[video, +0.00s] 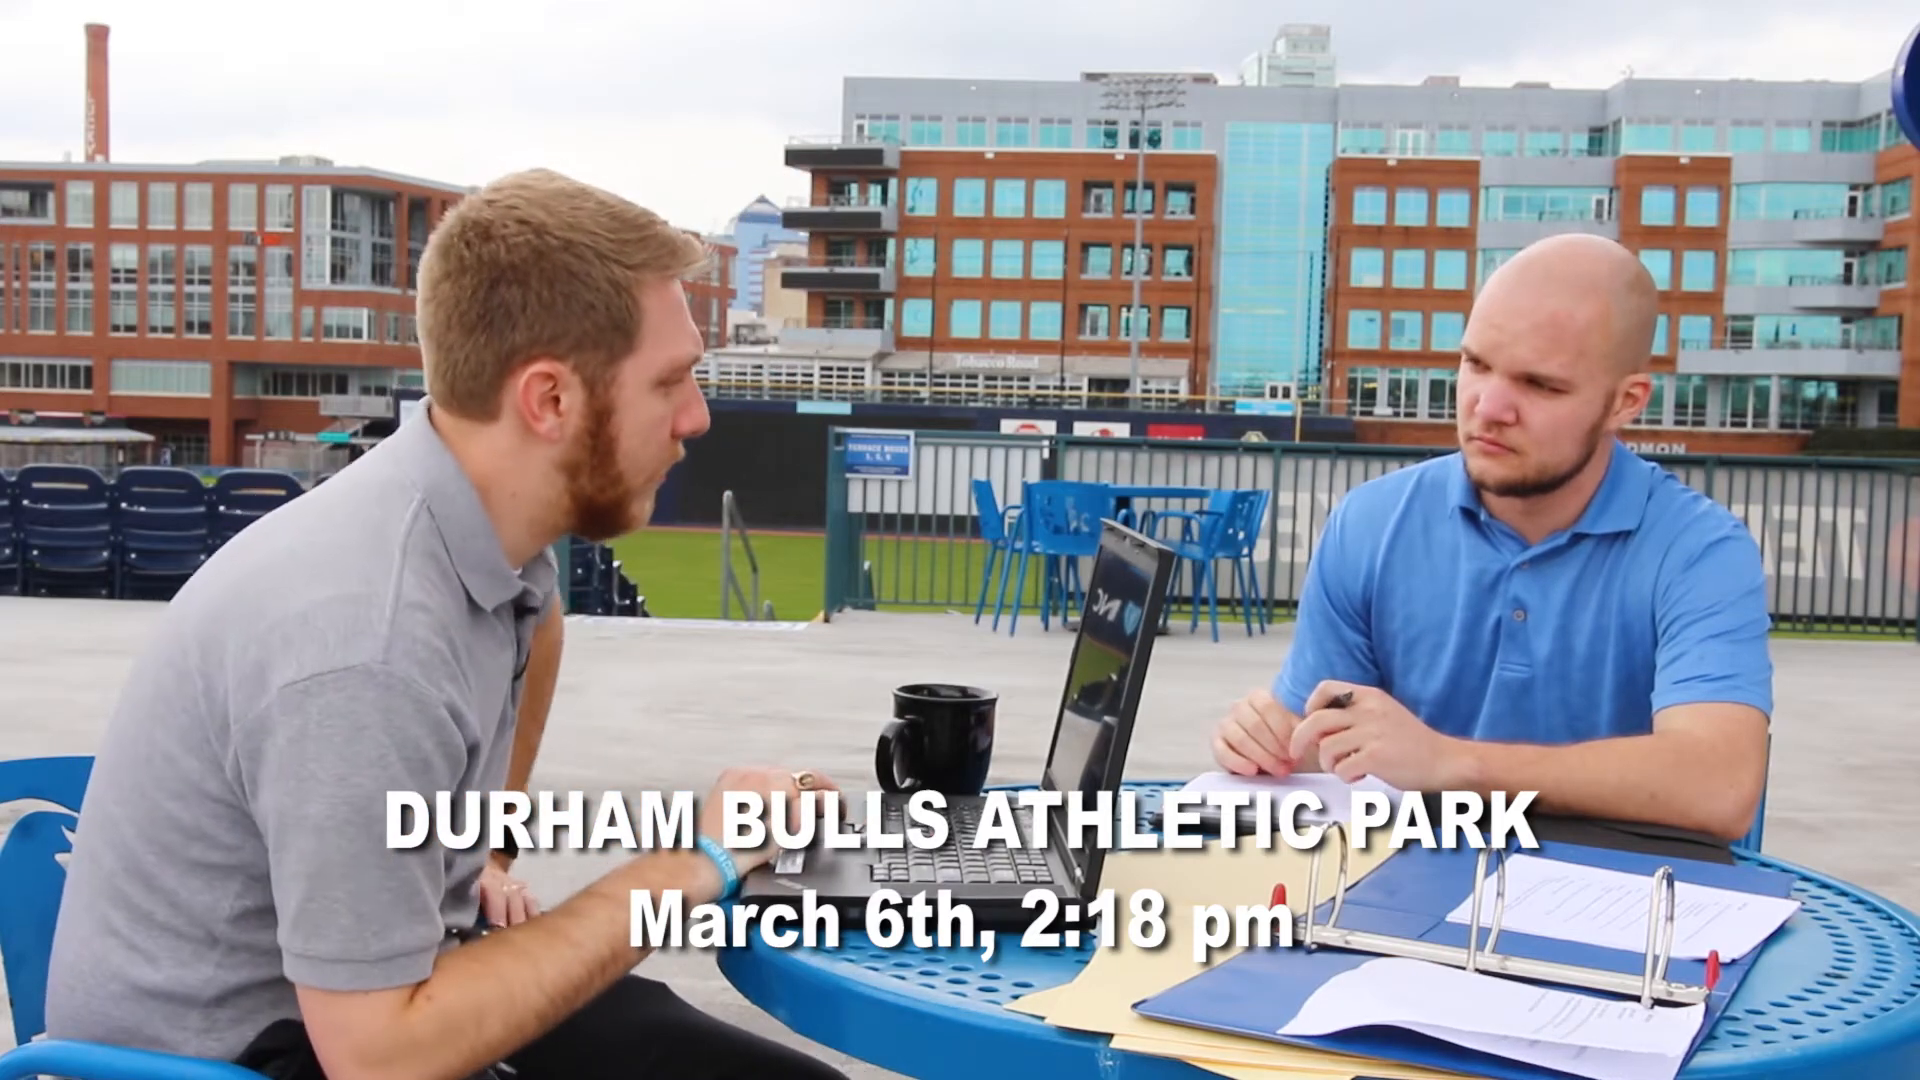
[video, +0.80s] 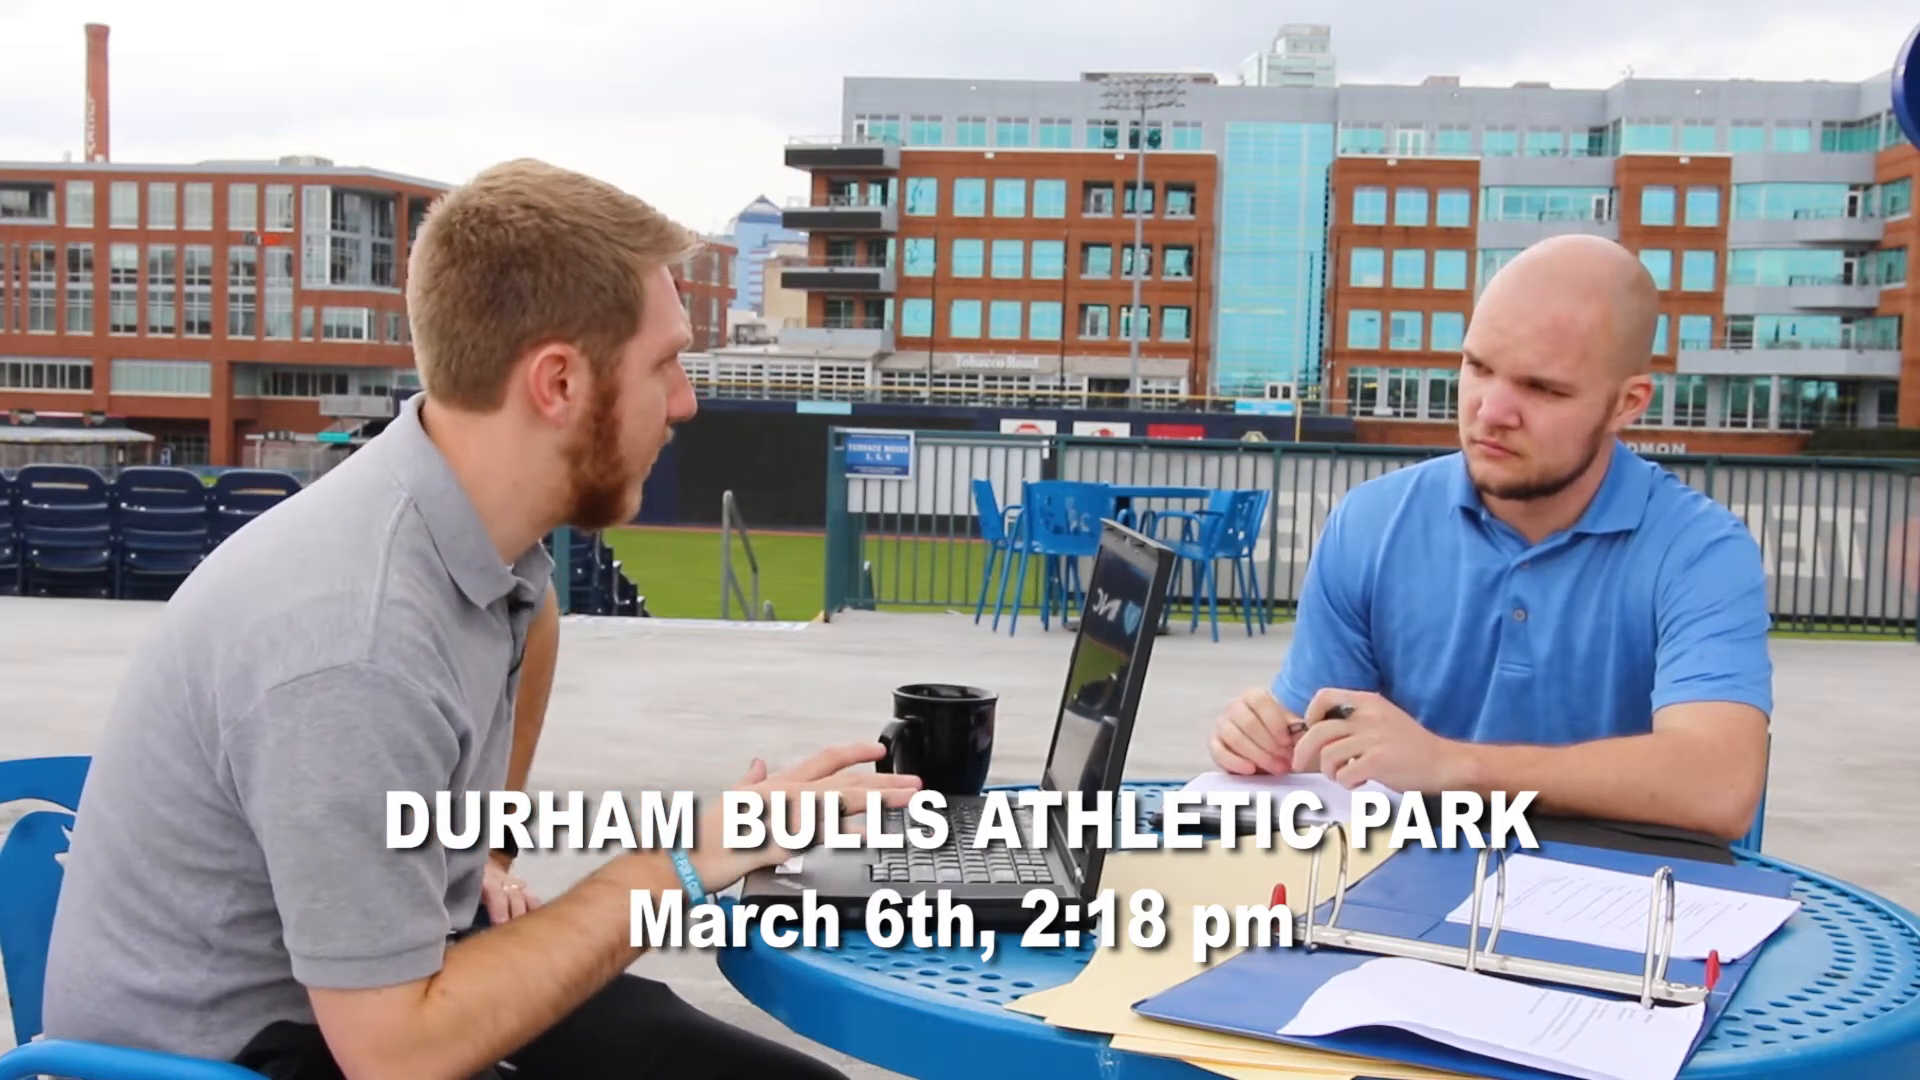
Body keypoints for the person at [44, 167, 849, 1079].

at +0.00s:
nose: (700, 420)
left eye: (693, 380)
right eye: (672, 385)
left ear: (548, 404)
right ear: (547, 401)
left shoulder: (472, 510)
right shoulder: (361, 649)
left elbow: (536, 636)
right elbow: (379, 1050)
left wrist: (487, 836)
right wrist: (691, 857)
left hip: (374, 964)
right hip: (218, 1046)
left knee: (808, 1074)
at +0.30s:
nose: (704, 427)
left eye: (698, 389)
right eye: (679, 395)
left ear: (549, 418)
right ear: (556, 415)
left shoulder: (485, 522)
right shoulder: (346, 660)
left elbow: (533, 643)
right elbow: (399, 1050)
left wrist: (481, 833)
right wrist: (712, 845)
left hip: (395, 953)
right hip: (218, 1043)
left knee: (791, 1061)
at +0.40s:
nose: (702, 427)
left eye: (696, 389)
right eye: (677, 397)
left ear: (548, 416)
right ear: (555, 413)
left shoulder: (477, 533)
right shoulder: (348, 659)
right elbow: (402, 1054)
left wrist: (466, 857)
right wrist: (706, 851)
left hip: (381, 968)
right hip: (216, 1047)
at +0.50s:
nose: (698, 422)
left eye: (693, 382)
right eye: (675, 388)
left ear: (544, 409)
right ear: (554, 406)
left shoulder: (473, 514)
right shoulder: (354, 667)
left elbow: (515, 652)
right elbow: (406, 1054)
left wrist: (479, 832)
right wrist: (699, 852)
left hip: (382, 953)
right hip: (217, 1044)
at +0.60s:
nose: (689, 409)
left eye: (683, 371)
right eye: (669, 374)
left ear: (542, 397)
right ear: (554, 395)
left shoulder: (461, 508)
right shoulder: (349, 663)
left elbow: (539, 636)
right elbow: (404, 1051)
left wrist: (488, 836)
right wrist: (704, 854)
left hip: (376, 957)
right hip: (213, 1044)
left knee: (641, 1014)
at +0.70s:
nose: (687, 408)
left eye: (680, 368)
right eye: (667, 369)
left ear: (545, 389)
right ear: (554, 388)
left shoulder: (467, 510)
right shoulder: (339, 653)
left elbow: (544, 634)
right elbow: (399, 1046)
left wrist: (487, 840)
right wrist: (695, 856)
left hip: (391, 952)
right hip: (216, 1040)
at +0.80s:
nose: (688, 405)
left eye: (681, 365)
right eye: (668, 367)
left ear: (546, 388)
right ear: (556, 387)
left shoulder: (464, 512)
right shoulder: (345, 652)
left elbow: (533, 637)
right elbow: (400, 1044)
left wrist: (483, 841)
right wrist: (695, 857)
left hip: (387, 951)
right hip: (215, 1041)